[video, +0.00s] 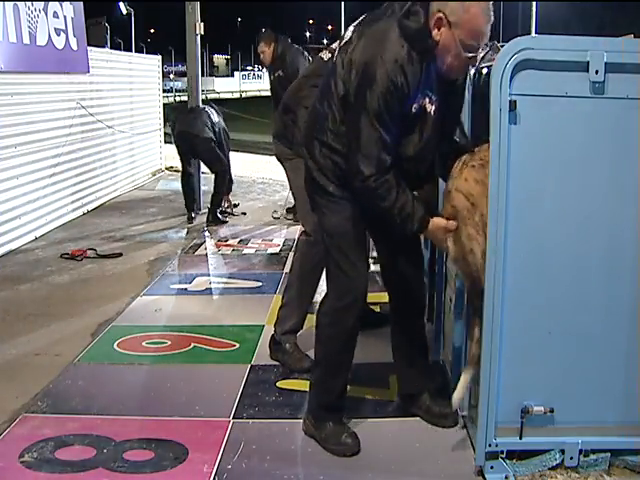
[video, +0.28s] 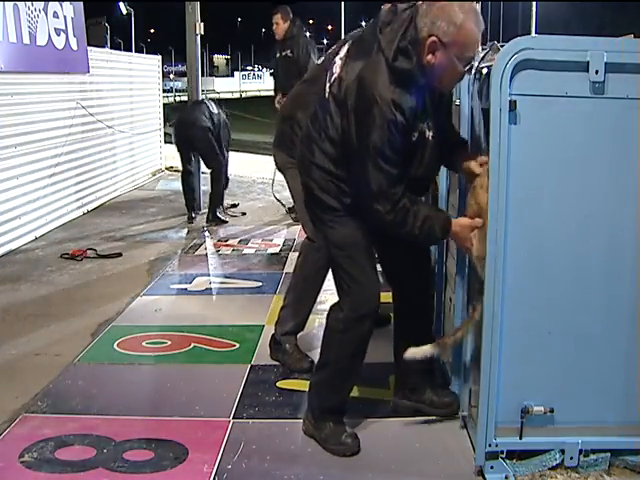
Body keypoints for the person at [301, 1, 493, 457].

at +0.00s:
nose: (471, 60)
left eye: (477, 50)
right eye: (468, 48)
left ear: (446, 28)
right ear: (438, 27)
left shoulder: (448, 58)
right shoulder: (386, 60)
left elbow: (440, 140)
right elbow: (370, 171)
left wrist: (471, 184)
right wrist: (422, 223)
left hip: (392, 167)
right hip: (335, 162)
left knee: (408, 281)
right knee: (348, 287)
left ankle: (417, 390)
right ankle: (323, 413)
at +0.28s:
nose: (465, 71)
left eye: (469, 62)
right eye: (463, 61)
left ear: (434, 46)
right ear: (432, 47)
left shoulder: (421, 57)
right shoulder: (386, 92)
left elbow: (435, 121)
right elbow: (382, 200)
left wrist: (461, 158)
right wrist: (448, 227)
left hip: (379, 173)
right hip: (327, 175)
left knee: (415, 276)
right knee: (360, 298)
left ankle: (414, 387)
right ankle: (323, 413)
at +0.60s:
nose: (461, 46)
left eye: (462, 37)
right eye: (457, 38)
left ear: (424, 36)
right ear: (426, 41)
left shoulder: (399, 29)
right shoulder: (387, 94)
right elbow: (404, 203)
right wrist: (472, 221)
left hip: (392, 179)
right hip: (346, 190)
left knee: (429, 274)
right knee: (371, 306)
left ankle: (420, 380)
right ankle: (324, 413)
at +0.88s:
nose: (460, 72)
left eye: (463, 60)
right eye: (452, 64)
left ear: (425, 52)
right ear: (419, 58)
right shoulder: (395, 107)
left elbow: (495, 25)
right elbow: (427, 213)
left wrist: (568, 29)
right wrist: (504, 225)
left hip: (401, 187)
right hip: (352, 191)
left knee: (435, 273)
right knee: (378, 303)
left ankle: (421, 381)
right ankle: (324, 411)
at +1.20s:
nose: (464, 101)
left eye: (469, 88)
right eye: (453, 91)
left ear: (475, 55)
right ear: (425, 71)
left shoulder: (458, 34)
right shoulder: (403, 117)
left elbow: (510, 23)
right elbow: (440, 210)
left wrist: (578, 28)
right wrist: (505, 238)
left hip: (411, 187)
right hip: (359, 186)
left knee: (439, 273)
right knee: (374, 300)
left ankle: (420, 382)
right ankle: (322, 409)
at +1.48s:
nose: (455, 120)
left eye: (462, 109)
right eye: (446, 113)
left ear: (467, 75)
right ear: (419, 95)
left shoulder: (443, 43)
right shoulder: (396, 134)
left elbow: (473, 19)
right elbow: (453, 221)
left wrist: (520, 26)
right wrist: (514, 235)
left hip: (410, 188)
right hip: (353, 192)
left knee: (433, 273)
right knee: (375, 303)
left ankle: (421, 380)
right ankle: (322, 410)